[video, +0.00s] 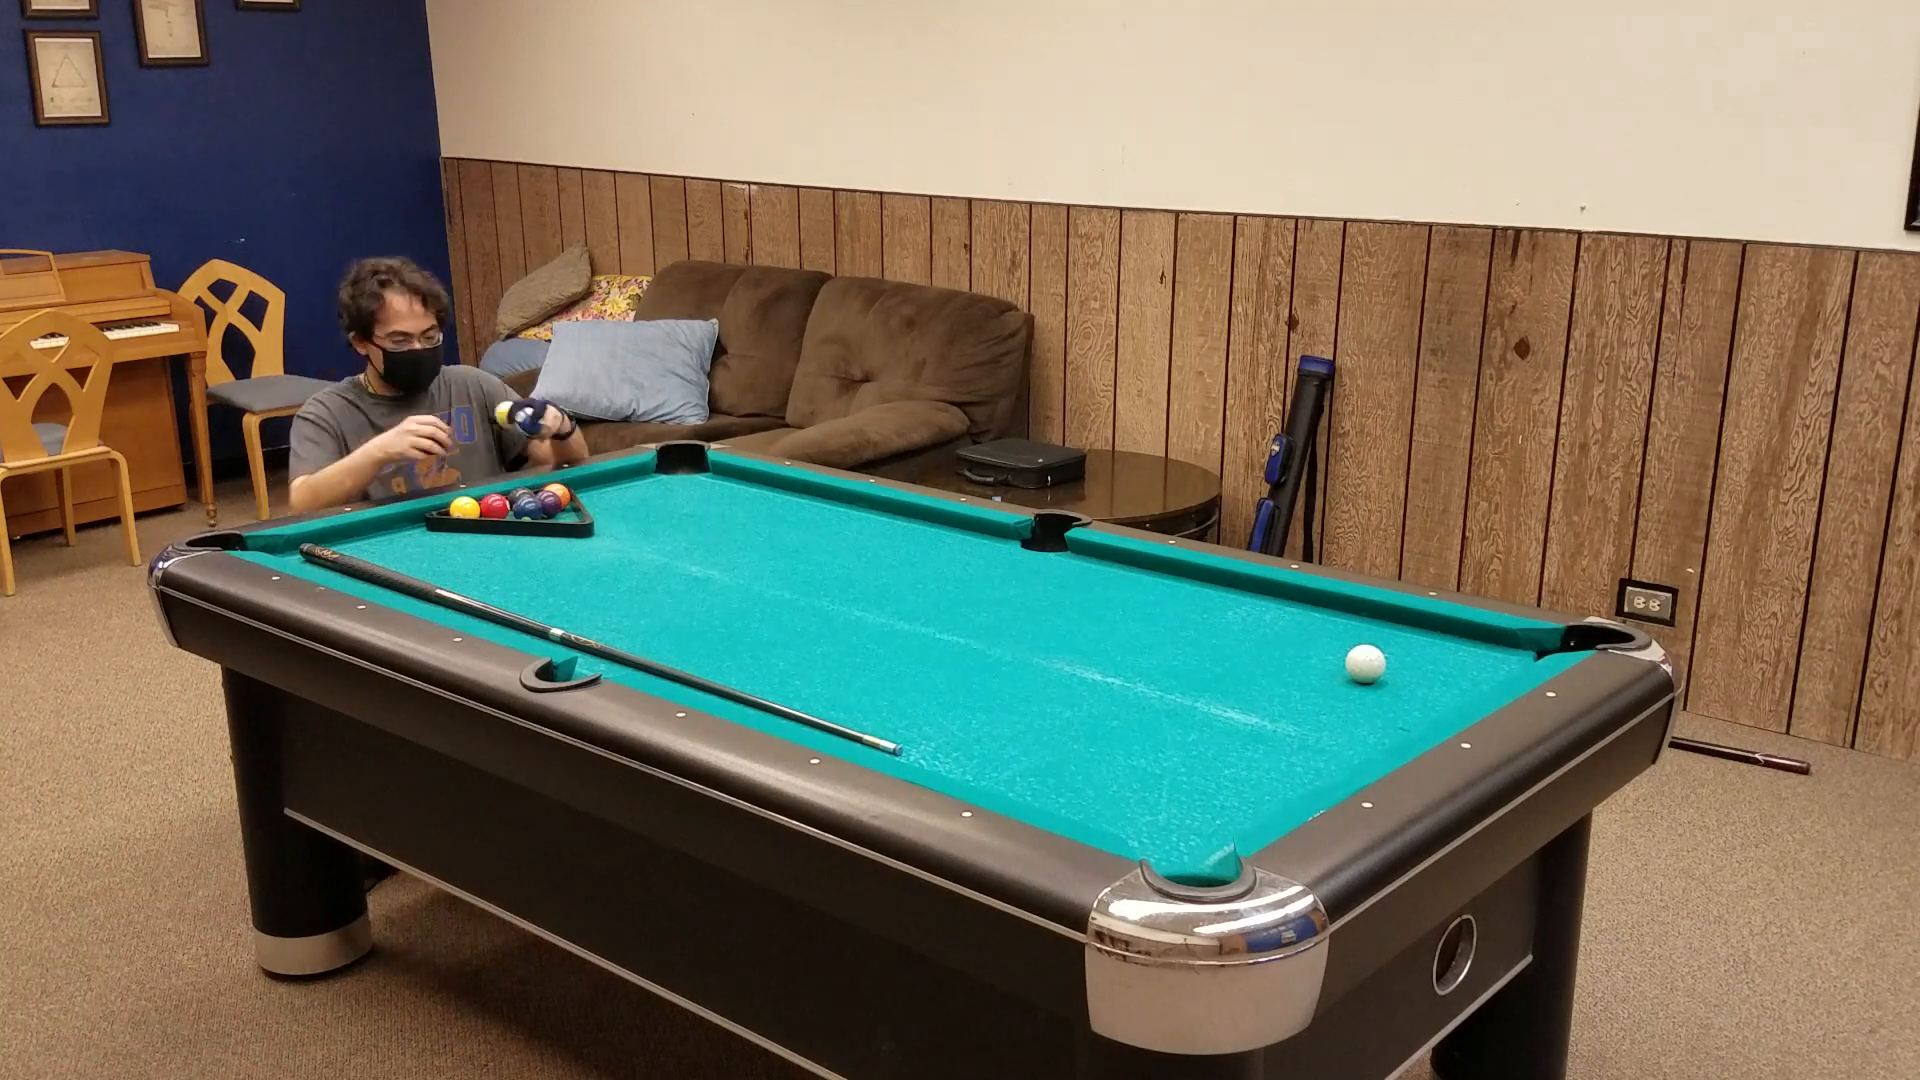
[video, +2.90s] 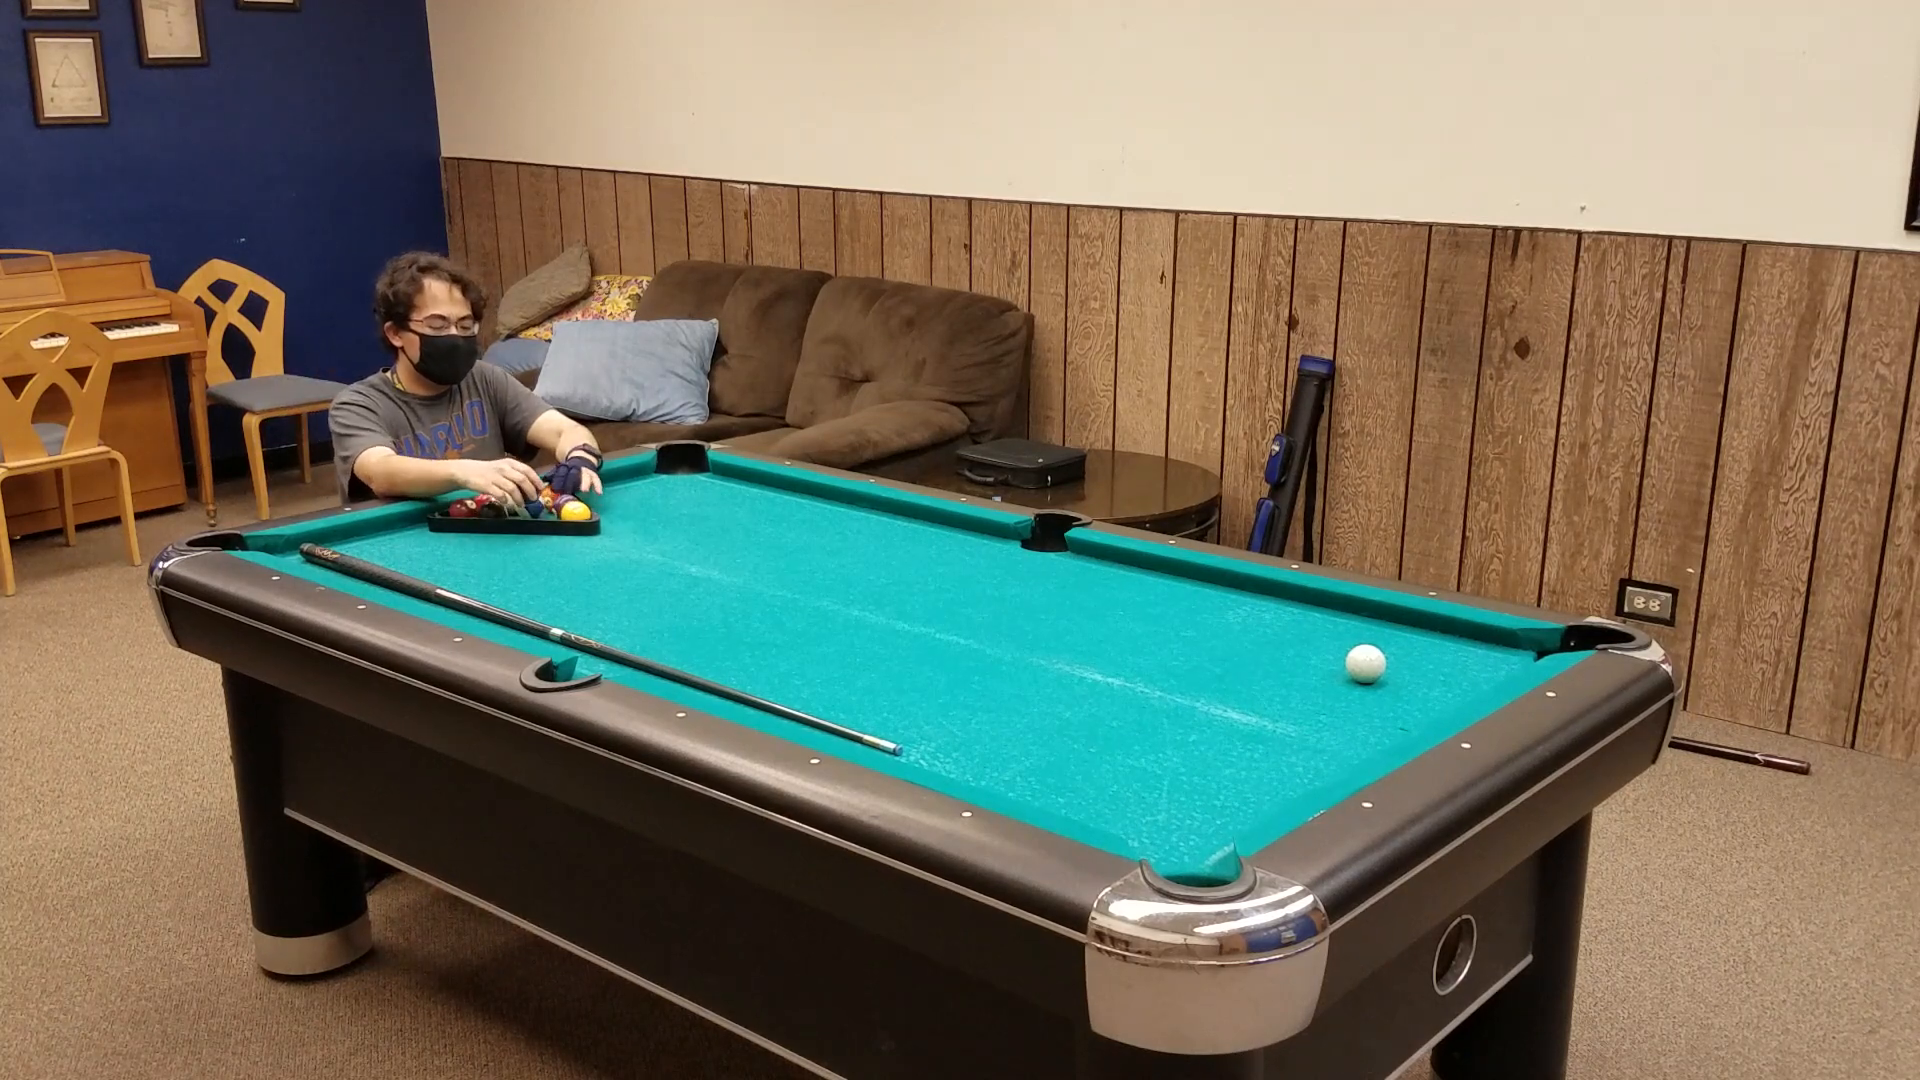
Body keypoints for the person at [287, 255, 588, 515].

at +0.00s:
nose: (420, 351)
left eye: (429, 335)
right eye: (400, 339)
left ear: (440, 329)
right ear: (362, 343)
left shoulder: (473, 386)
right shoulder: (326, 414)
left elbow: (570, 464)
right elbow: (304, 503)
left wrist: (564, 430)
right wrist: (379, 451)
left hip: (494, 554)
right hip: (387, 571)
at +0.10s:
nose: (424, 346)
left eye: (433, 330)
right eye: (404, 333)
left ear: (445, 326)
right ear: (365, 338)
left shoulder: (470, 382)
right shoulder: (333, 409)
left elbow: (575, 450)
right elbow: (330, 485)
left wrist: (562, 435)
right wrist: (410, 456)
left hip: (493, 548)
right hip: (396, 565)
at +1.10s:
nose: (465, 340)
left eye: (474, 326)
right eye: (447, 326)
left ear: (483, 326)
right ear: (403, 331)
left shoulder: (491, 381)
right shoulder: (360, 405)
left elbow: (564, 431)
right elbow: (344, 490)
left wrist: (584, 455)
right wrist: (409, 459)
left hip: (510, 550)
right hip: (416, 567)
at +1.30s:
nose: (474, 338)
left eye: (483, 326)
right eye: (457, 324)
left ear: (491, 328)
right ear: (412, 328)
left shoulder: (495, 381)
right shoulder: (366, 403)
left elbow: (566, 431)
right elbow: (354, 483)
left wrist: (584, 458)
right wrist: (416, 449)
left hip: (507, 547)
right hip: (416, 563)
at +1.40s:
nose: (474, 336)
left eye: (482, 323)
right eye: (456, 322)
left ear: (491, 326)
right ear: (411, 328)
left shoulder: (492, 379)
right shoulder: (370, 401)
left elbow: (568, 430)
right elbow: (382, 470)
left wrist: (584, 457)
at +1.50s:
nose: (472, 334)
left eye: (481, 322)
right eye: (455, 321)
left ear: (491, 323)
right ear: (411, 328)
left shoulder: (493, 381)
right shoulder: (372, 401)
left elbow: (569, 431)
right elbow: (410, 462)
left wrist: (582, 461)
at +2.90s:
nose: (455, 338)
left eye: (464, 325)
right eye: (438, 325)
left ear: (476, 325)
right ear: (396, 333)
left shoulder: (486, 381)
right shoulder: (358, 405)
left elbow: (566, 432)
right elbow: (383, 474)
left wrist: (579, 456)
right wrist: (464, 470)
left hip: (498, 553)